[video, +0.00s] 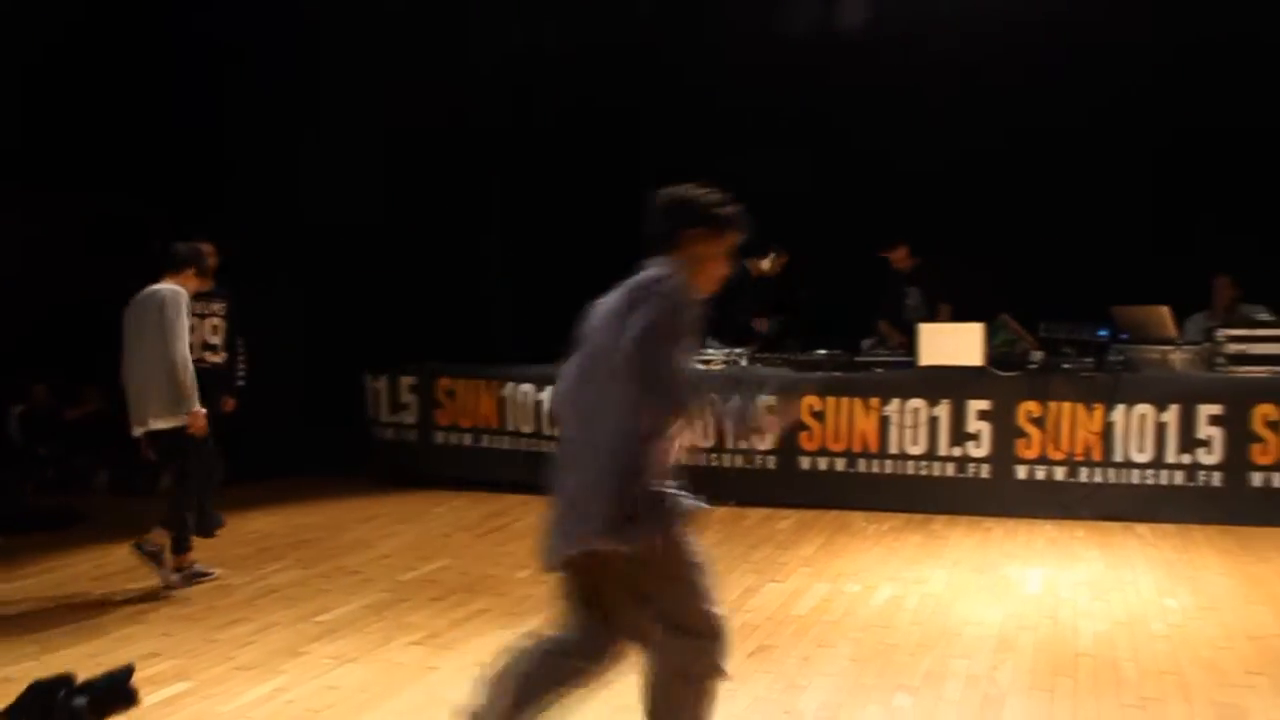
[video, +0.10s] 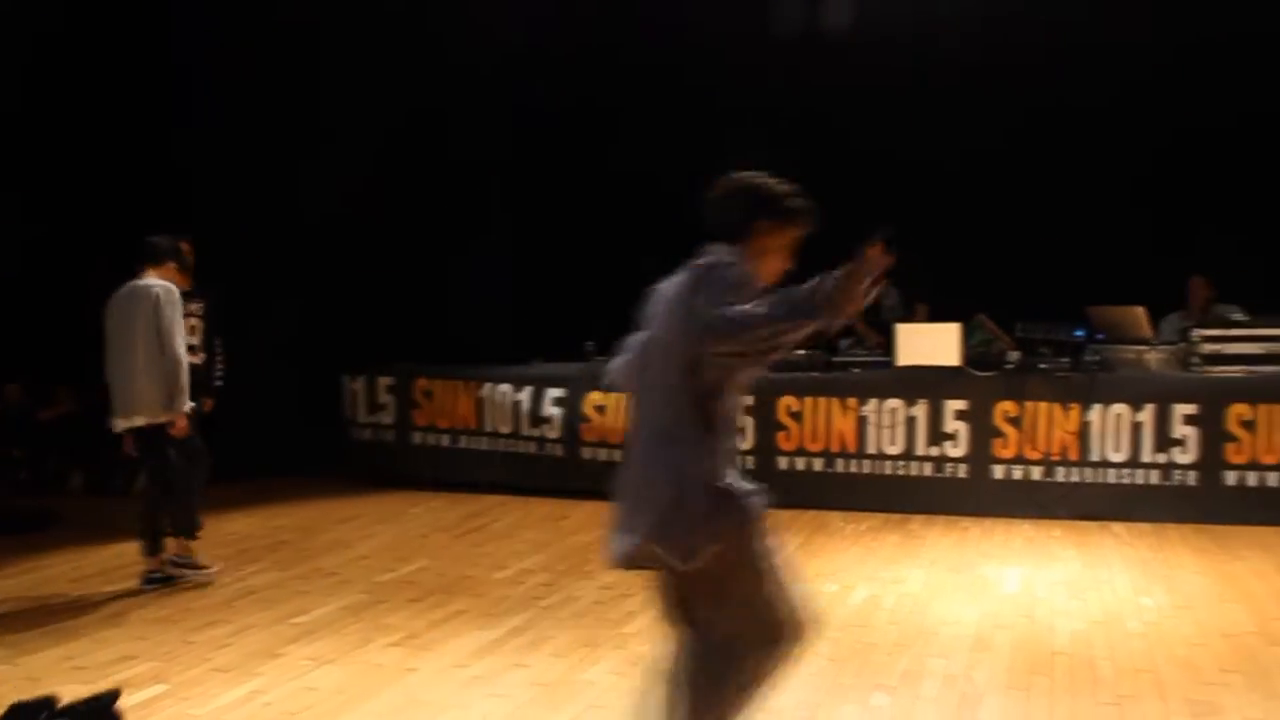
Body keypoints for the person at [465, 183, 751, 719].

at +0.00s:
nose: (725, 269)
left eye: (727, 256)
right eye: (720, 254)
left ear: (675, 244)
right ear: (690, 246)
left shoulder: (612, 304)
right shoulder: (669, 296)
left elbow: (567, 402)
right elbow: (655, 384)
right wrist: (740, 408)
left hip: (583, 521)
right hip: (633, 522)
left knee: (595, 635)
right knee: (690, 641)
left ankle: (499, 705)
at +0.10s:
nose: (786, 264)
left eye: (790, 249)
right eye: (783, 247)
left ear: (734, 233)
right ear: (756, 237)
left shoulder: (672, 293)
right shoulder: (720, 282)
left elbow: (622, 371)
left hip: (664, 500)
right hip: (702, 502)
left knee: (711, 631)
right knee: (763, 629)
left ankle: (693, 708)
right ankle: (701, 705)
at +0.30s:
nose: (901, 289)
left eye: (903, 274)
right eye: (903, 274)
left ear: (835, 258)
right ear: (889, 270)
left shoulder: (782, 321)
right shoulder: (835, 328)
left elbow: (737, 396)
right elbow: (864, 436)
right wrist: (924, 499)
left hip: (781, 553)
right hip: (843, 554)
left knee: (800, 697)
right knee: (934, 697)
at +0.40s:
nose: (946, 276)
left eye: (946, 262)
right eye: (946, 261)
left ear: (881, 256)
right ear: (933, 264)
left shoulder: (842, 323)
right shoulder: (898, 337)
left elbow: (786, 408)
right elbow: (911, 462)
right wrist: (935, 527)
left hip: (848, 549)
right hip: (899, 554)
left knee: (891, 672)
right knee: (966, 682)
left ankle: (804, 718)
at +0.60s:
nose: (953, 239)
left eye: (954, 230)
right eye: (953, 229)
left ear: (889, 224)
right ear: (940, 223)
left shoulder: (847, 287)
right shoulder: (954, 271)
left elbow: (856, 370)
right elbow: (1014, 366)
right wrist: (982, 388)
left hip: (875, 462)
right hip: (940, 460)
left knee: (1012, 528)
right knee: (979, 592)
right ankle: (909, 708)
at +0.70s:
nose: (941, 247)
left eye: (938, 241)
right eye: (940, 240)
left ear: (877, 244)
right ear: (930, 238)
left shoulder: (847, 309)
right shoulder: (961, 275)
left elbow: (877, 404)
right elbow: (1036, 352)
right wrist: (1034, 381)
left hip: (909, 476)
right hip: (979, 464)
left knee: (1014, 561)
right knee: (970, 600)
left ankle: (1047, 672)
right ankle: (900, 706)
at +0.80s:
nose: (938, 258)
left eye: (936, 252)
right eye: (937, 251)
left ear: (877, 262)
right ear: (929, 250)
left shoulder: (852, 326)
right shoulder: (972, 289)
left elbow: (878, 414)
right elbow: (1049, 332)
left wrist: (910, 461)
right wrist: (1107, 381)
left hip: (930, 481)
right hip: (1004, 461)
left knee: (987, 592)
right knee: (1017, 592)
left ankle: (1032, 693)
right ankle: (965, 694)